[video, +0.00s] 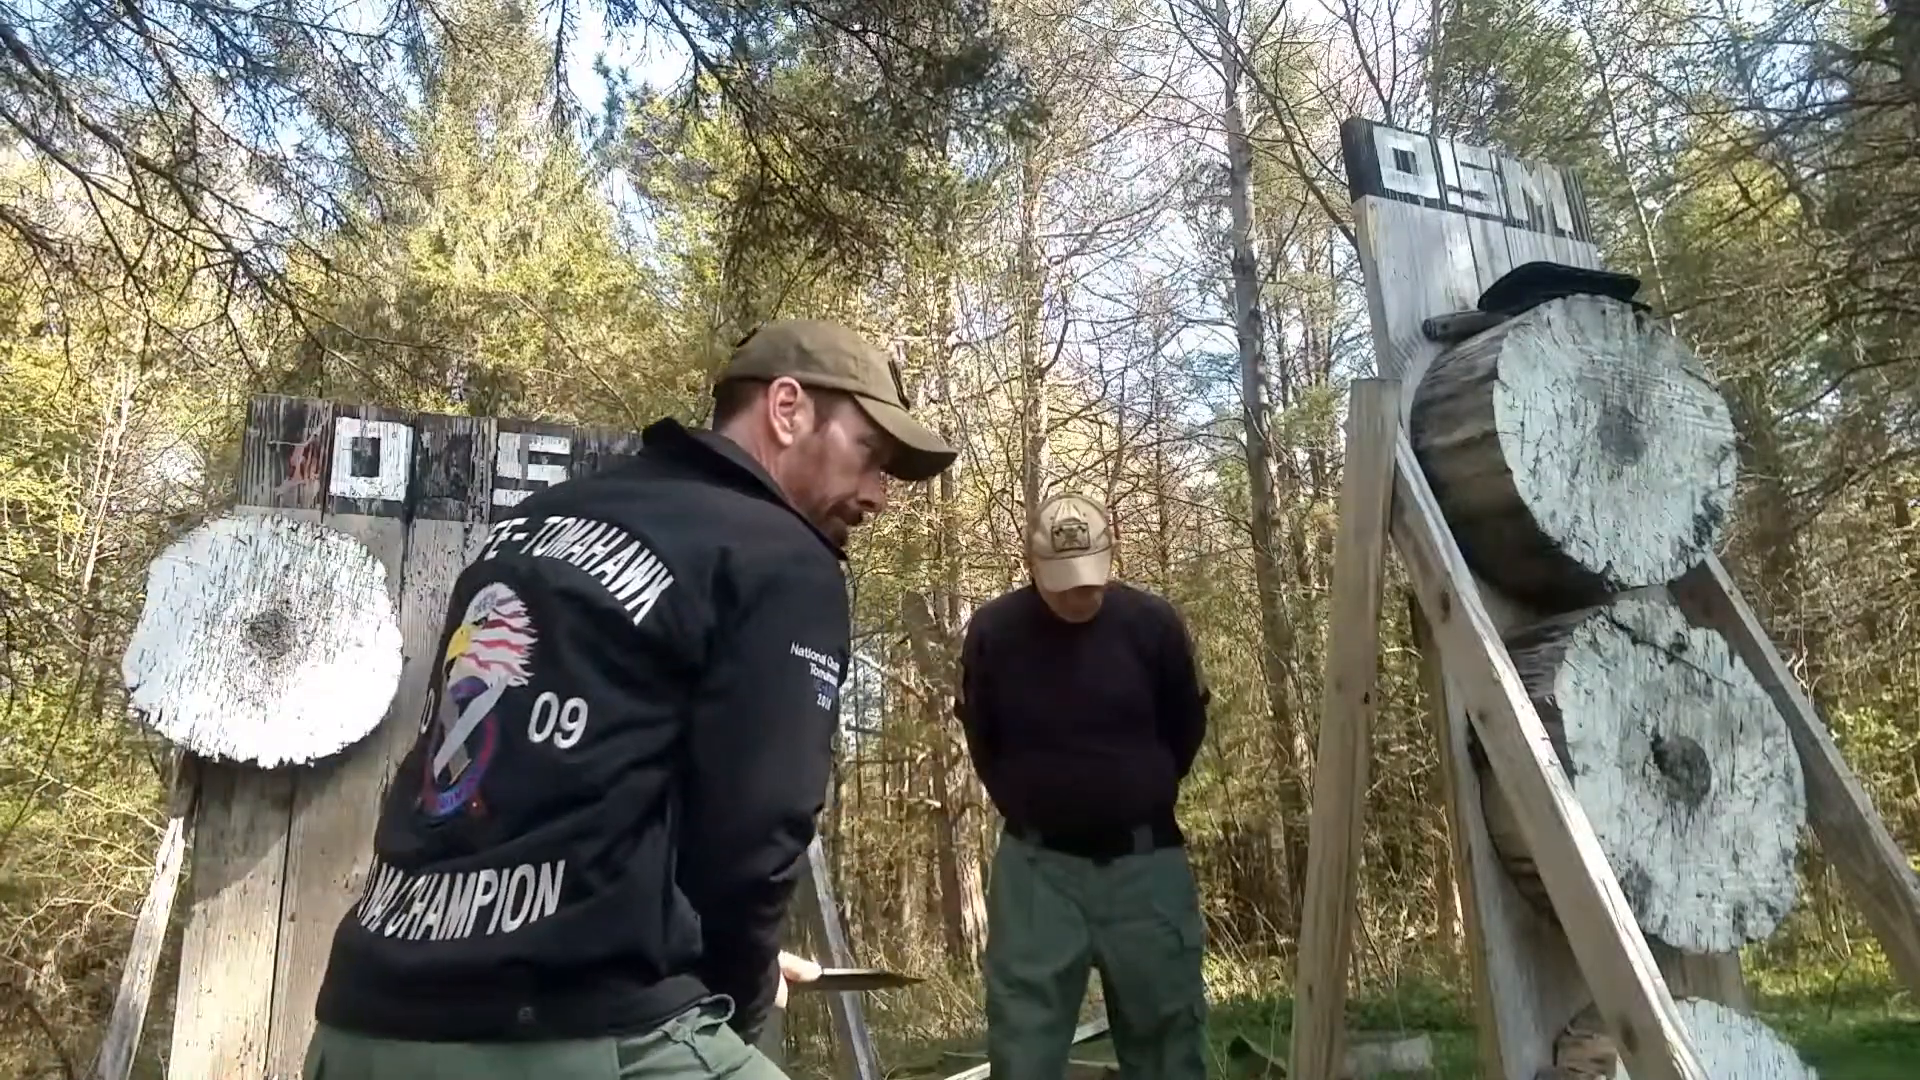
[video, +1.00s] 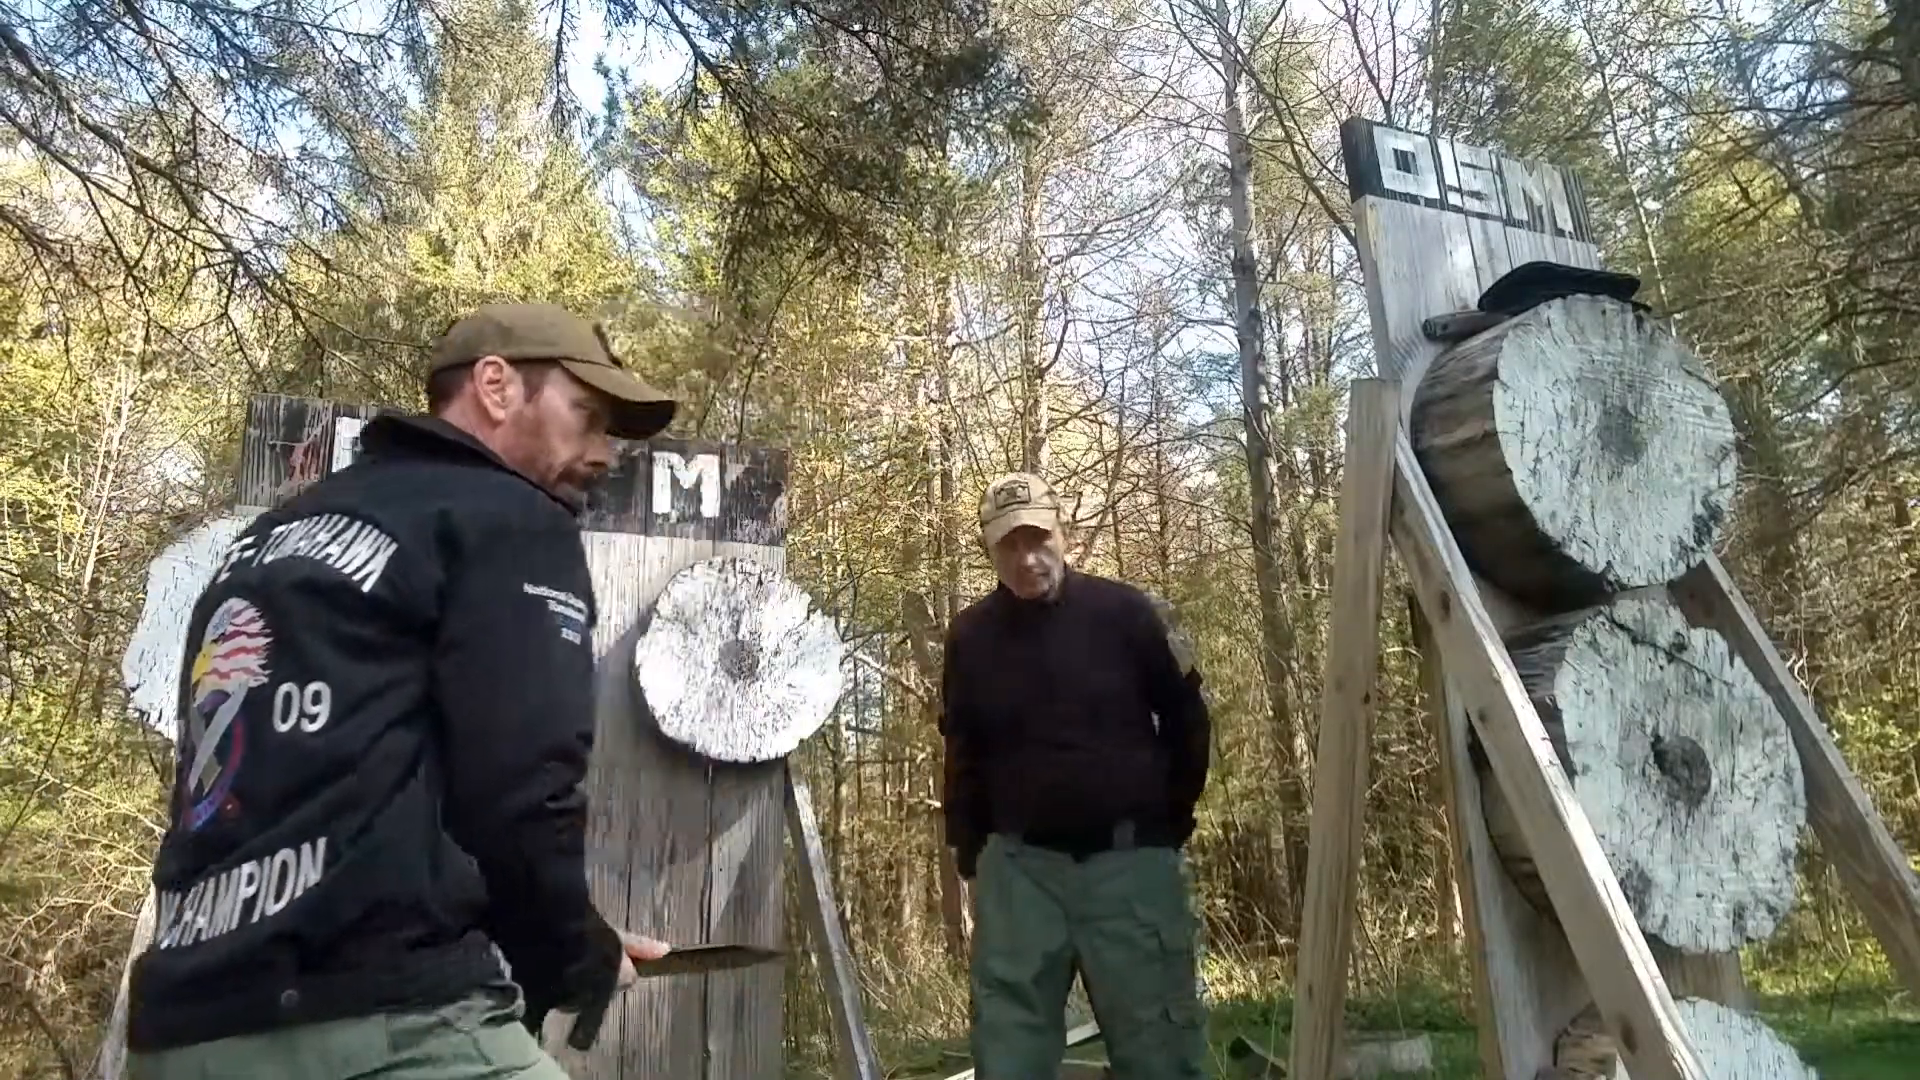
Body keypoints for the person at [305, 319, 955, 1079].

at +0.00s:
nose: (881, 495)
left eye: (889, 470)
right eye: (872, 455)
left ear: (775, 413)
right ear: (785, 411)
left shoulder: (548, 510)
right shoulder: (782, 559)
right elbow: (752, 833)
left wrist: (738, 951)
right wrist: (742, 994)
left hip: (374, 1014)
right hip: (595, 1026)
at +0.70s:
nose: (805, 466)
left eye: (813, 440)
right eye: (794, 424)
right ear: (706, 383)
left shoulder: (464, 498)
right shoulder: (710, 523)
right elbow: (697, 813)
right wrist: (714, 967)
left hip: (327, 1015)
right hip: (547, 1011)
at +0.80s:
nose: (751, 458)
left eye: (756, 430)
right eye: (739, 416)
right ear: (650, 381)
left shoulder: (419, 506)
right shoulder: (662, 519)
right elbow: (656, 797)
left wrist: (680, 928)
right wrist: (685, 966)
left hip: (298, 1016)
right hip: (512, 1008)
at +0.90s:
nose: (684, 456)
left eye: (690, 430)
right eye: (669, 417)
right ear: (577, 385)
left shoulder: (352, 519)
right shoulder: (591, 519)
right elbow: (593, 795)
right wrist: (640, 967)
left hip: (252, 1017)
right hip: (456, 1008)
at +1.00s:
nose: (605, 455)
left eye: (609, 429)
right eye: (586, 413)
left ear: (492, 393)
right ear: (497, 389)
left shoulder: (271, 527)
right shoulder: (508, 518)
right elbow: (514, 794)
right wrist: (581, 964)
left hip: (182, 1023)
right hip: (385, 1012)